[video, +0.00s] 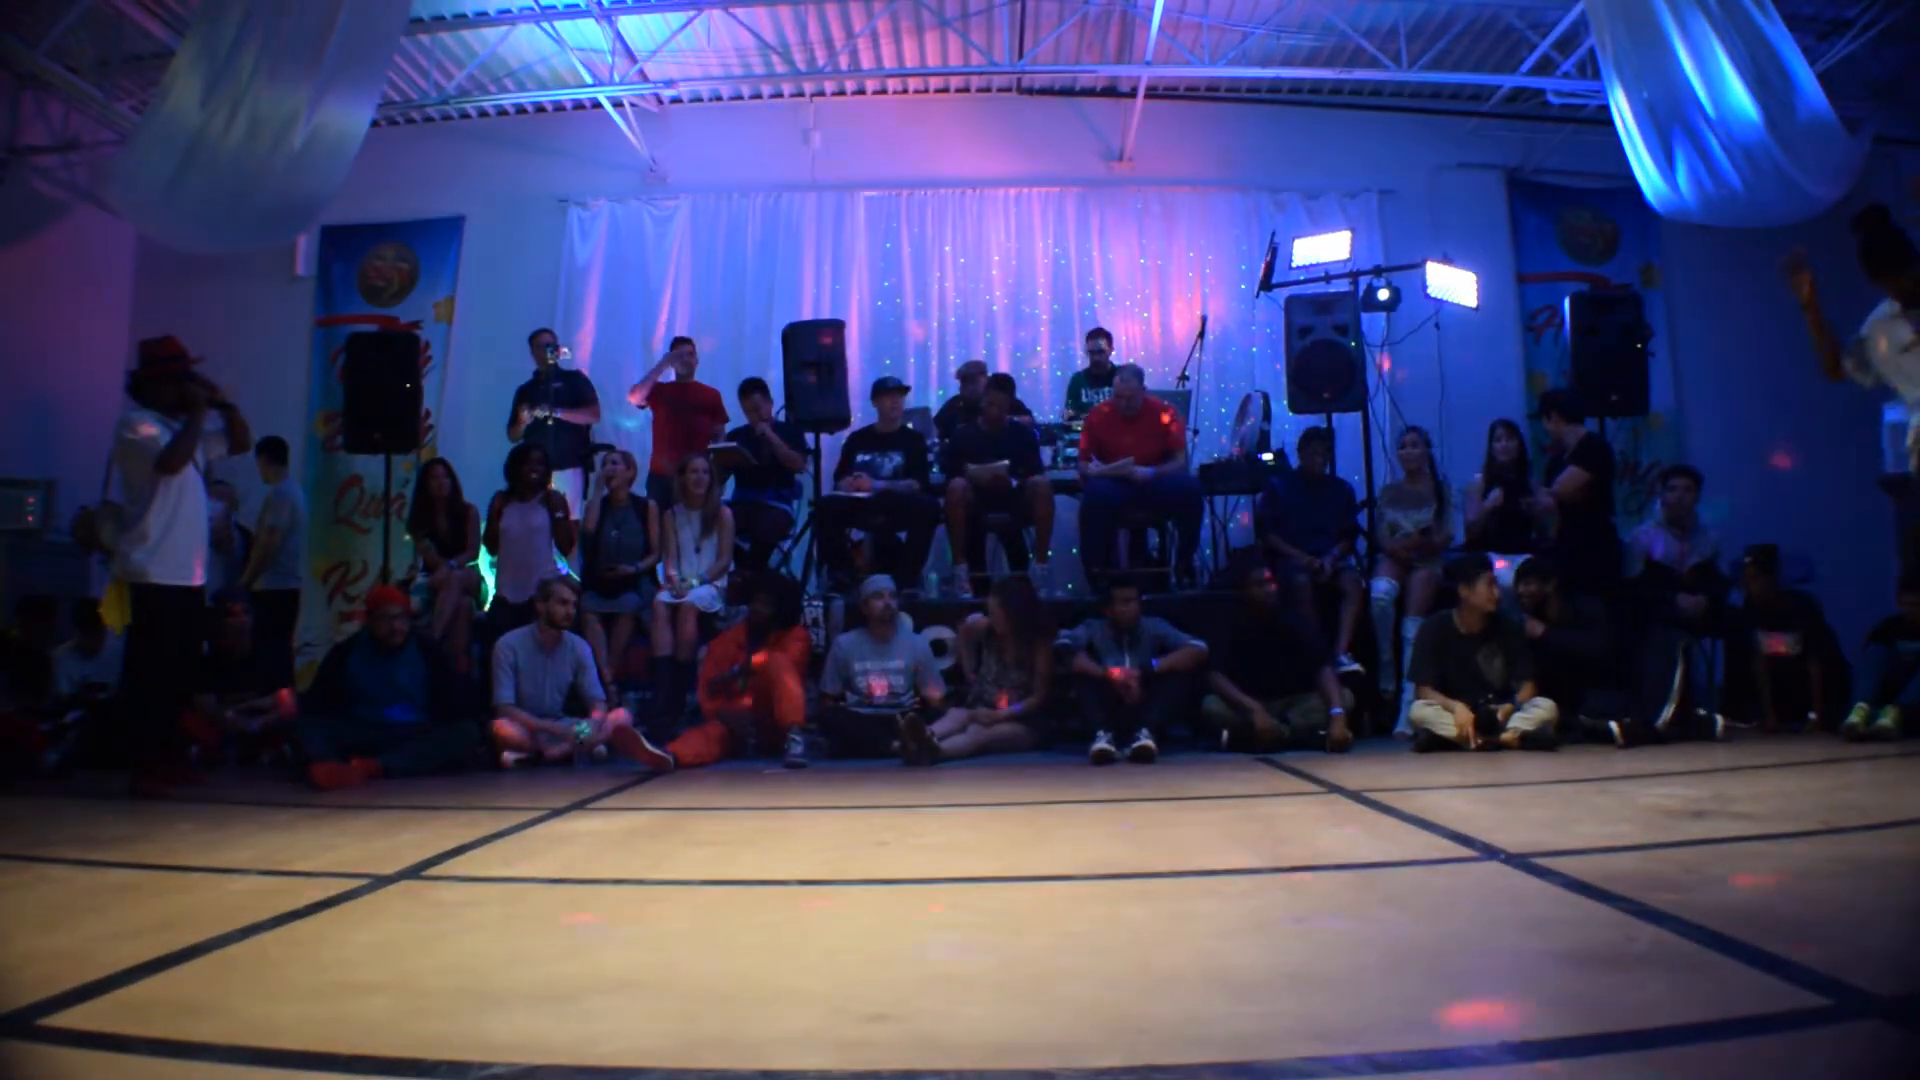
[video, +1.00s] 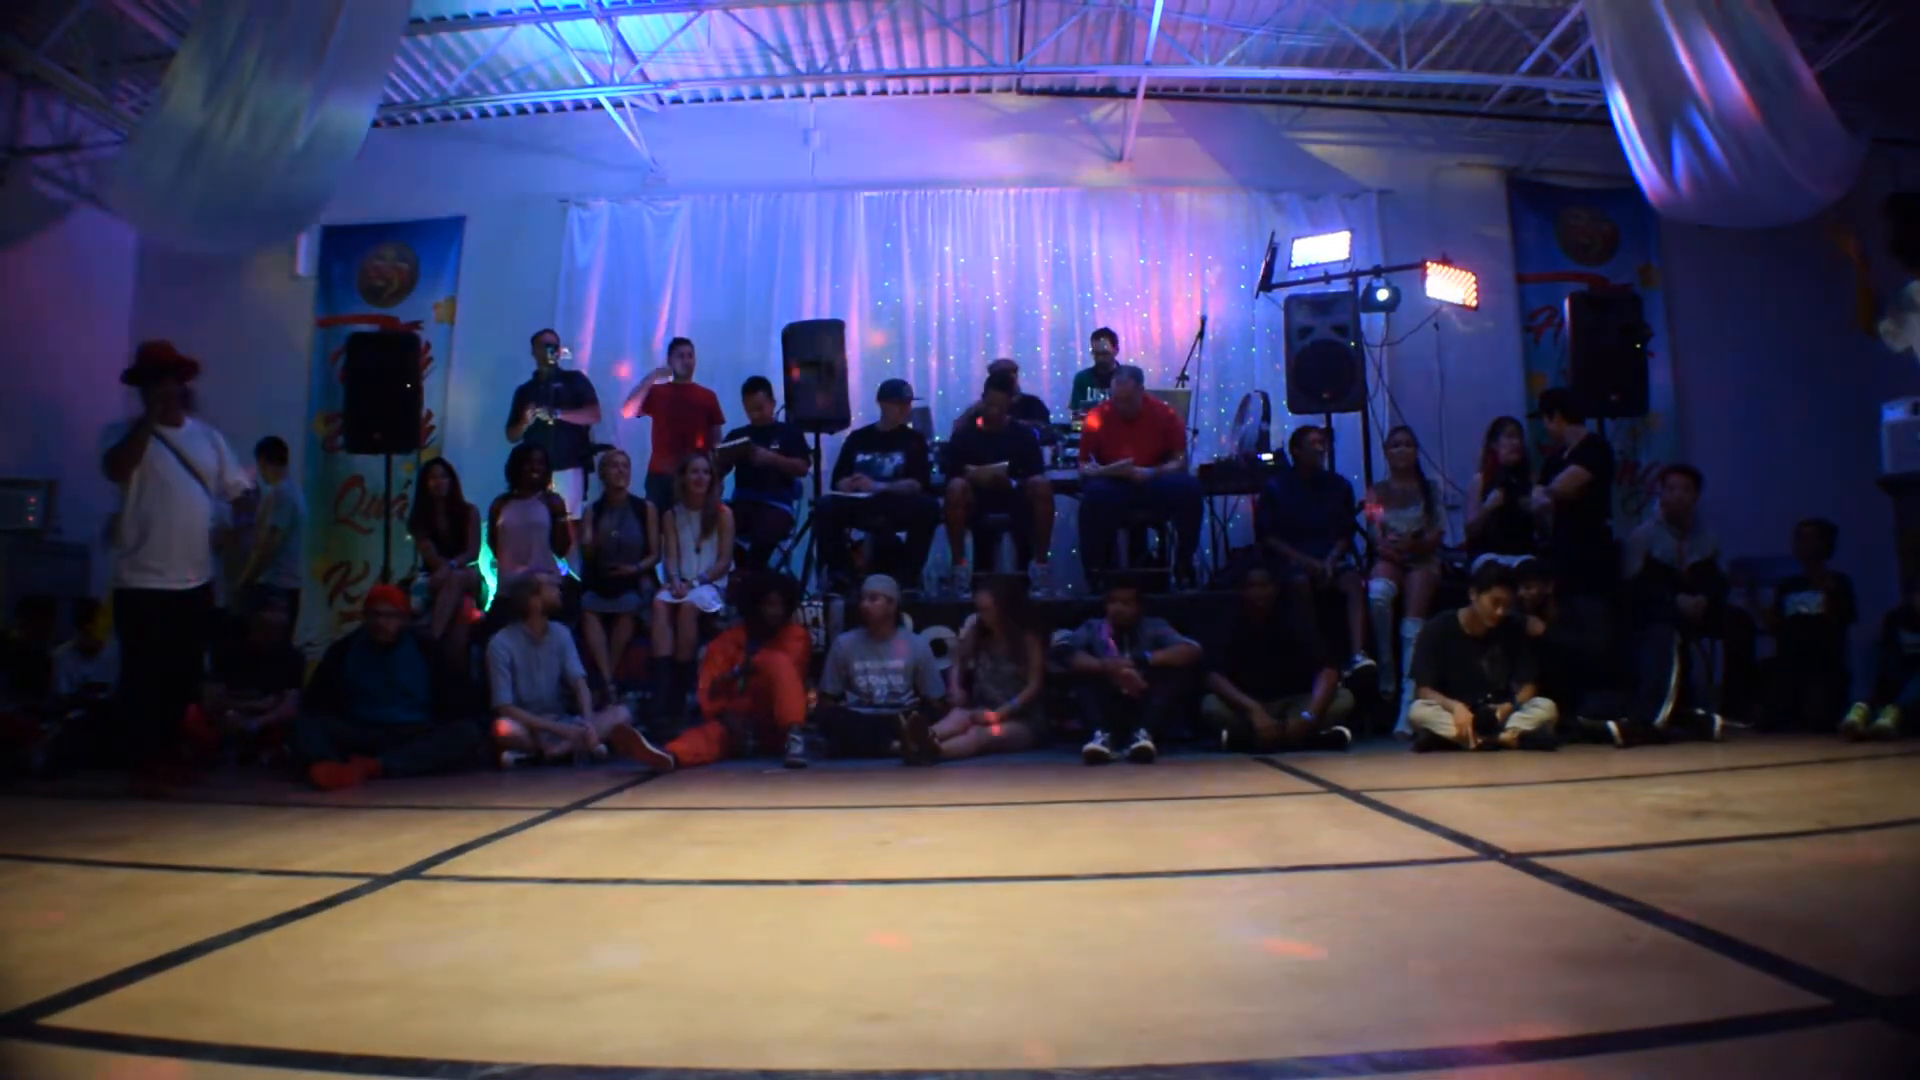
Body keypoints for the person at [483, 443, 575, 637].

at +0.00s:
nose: (534, 470)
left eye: (539, 464)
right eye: (528, 464)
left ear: (547, 470)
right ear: (515, 468)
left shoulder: (553, 500)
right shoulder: (501, 500)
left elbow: (566, 546)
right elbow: (491, 547)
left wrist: (556, 512)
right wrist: (496, 512)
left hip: (543, 592)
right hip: (507, 592)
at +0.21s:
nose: (534, 470)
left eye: (539, 464)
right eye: (528, 464)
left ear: (546, 470)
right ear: (515, 468)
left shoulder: (553, 501)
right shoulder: (501, 501)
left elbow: (564, 548)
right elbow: (491, 543)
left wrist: (557, 512)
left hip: (543, 591)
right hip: (508, 590)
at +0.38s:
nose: (534, 469)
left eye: (539, 464)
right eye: (528, 463)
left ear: (546, 469)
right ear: (516, 467)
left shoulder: (552, 502)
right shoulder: (501, 502)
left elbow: (561, 548)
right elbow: (491, 542)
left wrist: (558, 513)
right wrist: (508, 563)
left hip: (542, 588)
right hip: (508, 588)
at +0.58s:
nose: (534, 469)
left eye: (539, 463)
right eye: (528, 463)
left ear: (546, 469)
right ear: (515, 467)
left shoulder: (551, 501)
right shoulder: (500, 502)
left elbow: (561, 548)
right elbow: (491, 542)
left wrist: (557, 512)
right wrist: (510, 563)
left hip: (543, 592)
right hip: (508, 590)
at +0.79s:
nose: (534, 469)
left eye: (540, 464)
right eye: (528, 463)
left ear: (547, 469)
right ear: (516, 467)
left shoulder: (551, 501)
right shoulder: (499, 503)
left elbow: (561, 548)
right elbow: (491, 543)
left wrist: (559, 513)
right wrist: (511, 563)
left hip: (544, 591)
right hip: (508, 591)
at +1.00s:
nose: (535, 468)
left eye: (540, 463)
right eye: (529, 462)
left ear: (547, 468)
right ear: (516, 467)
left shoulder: (552, 501)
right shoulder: (500, 504)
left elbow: (561, 548)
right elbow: (493, 543)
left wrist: (558, 515)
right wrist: (509, 564)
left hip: (545, 580)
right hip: (510, 582)